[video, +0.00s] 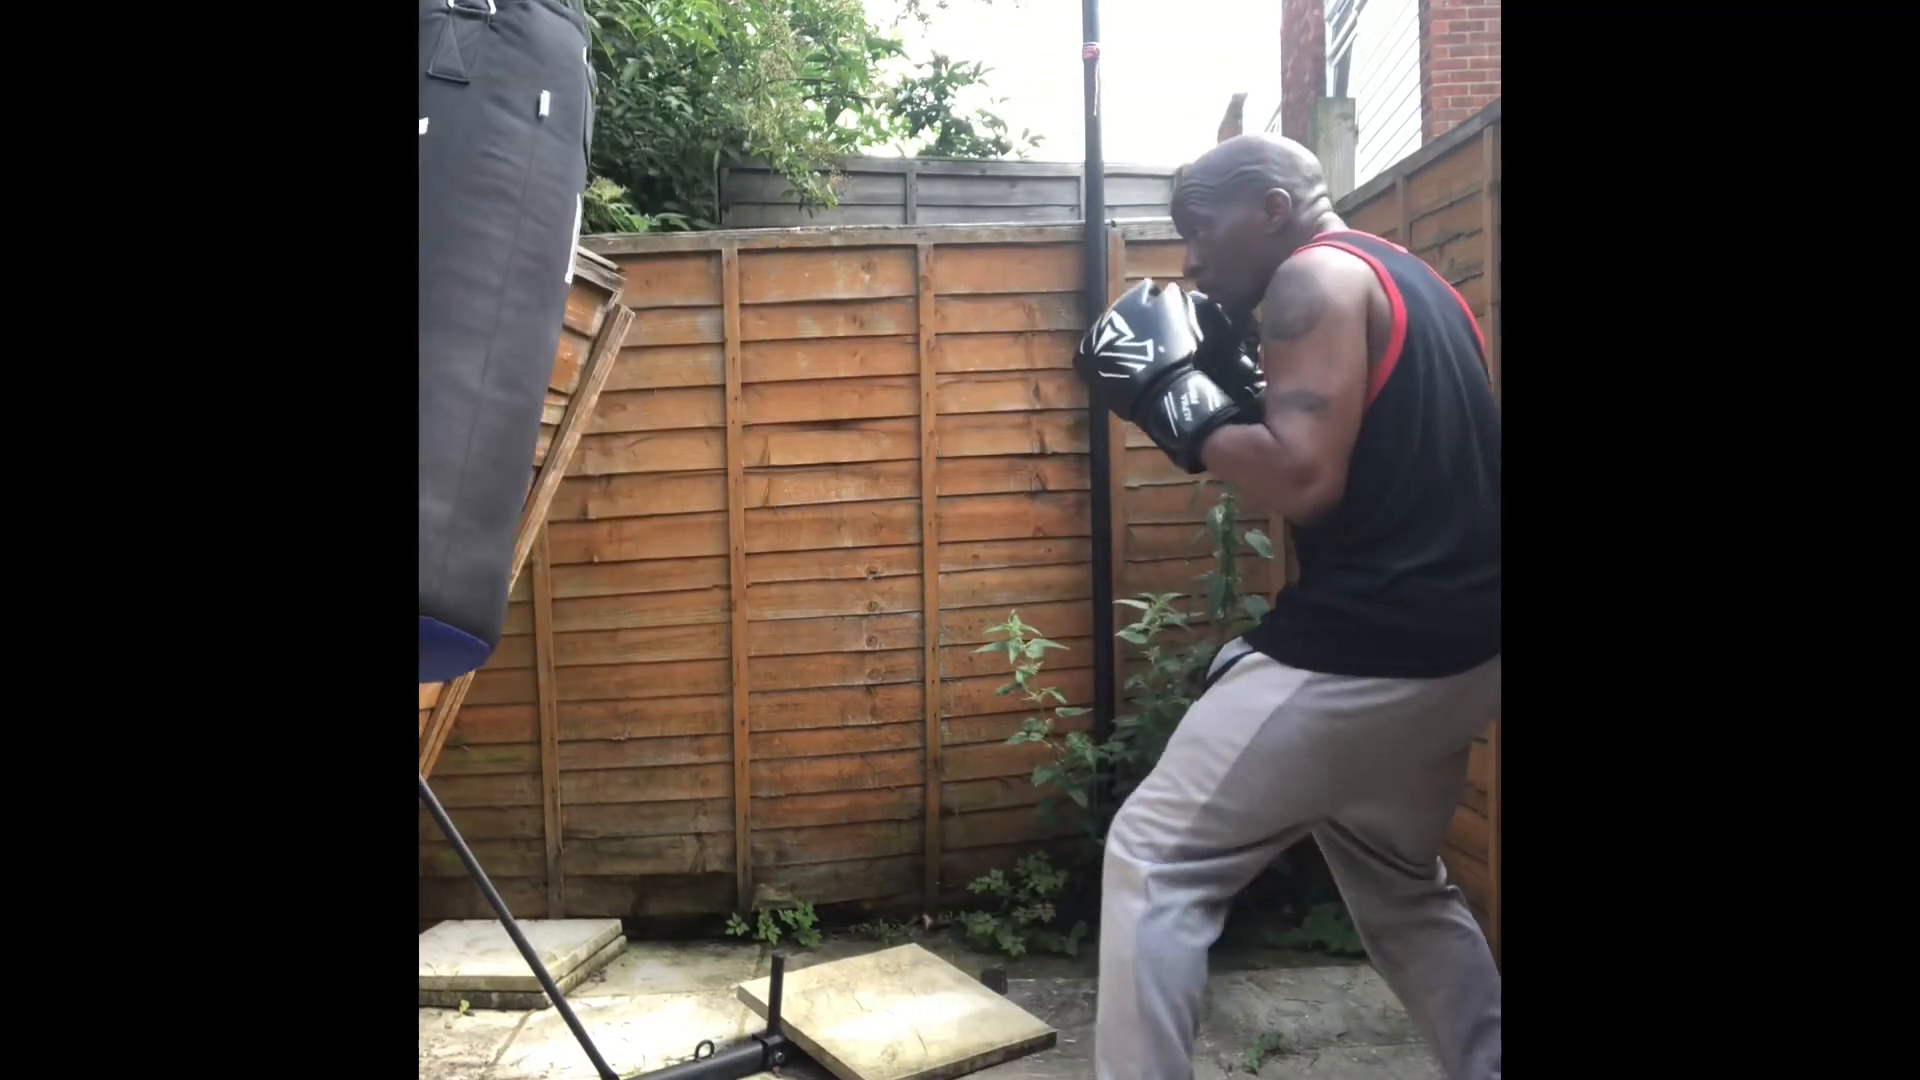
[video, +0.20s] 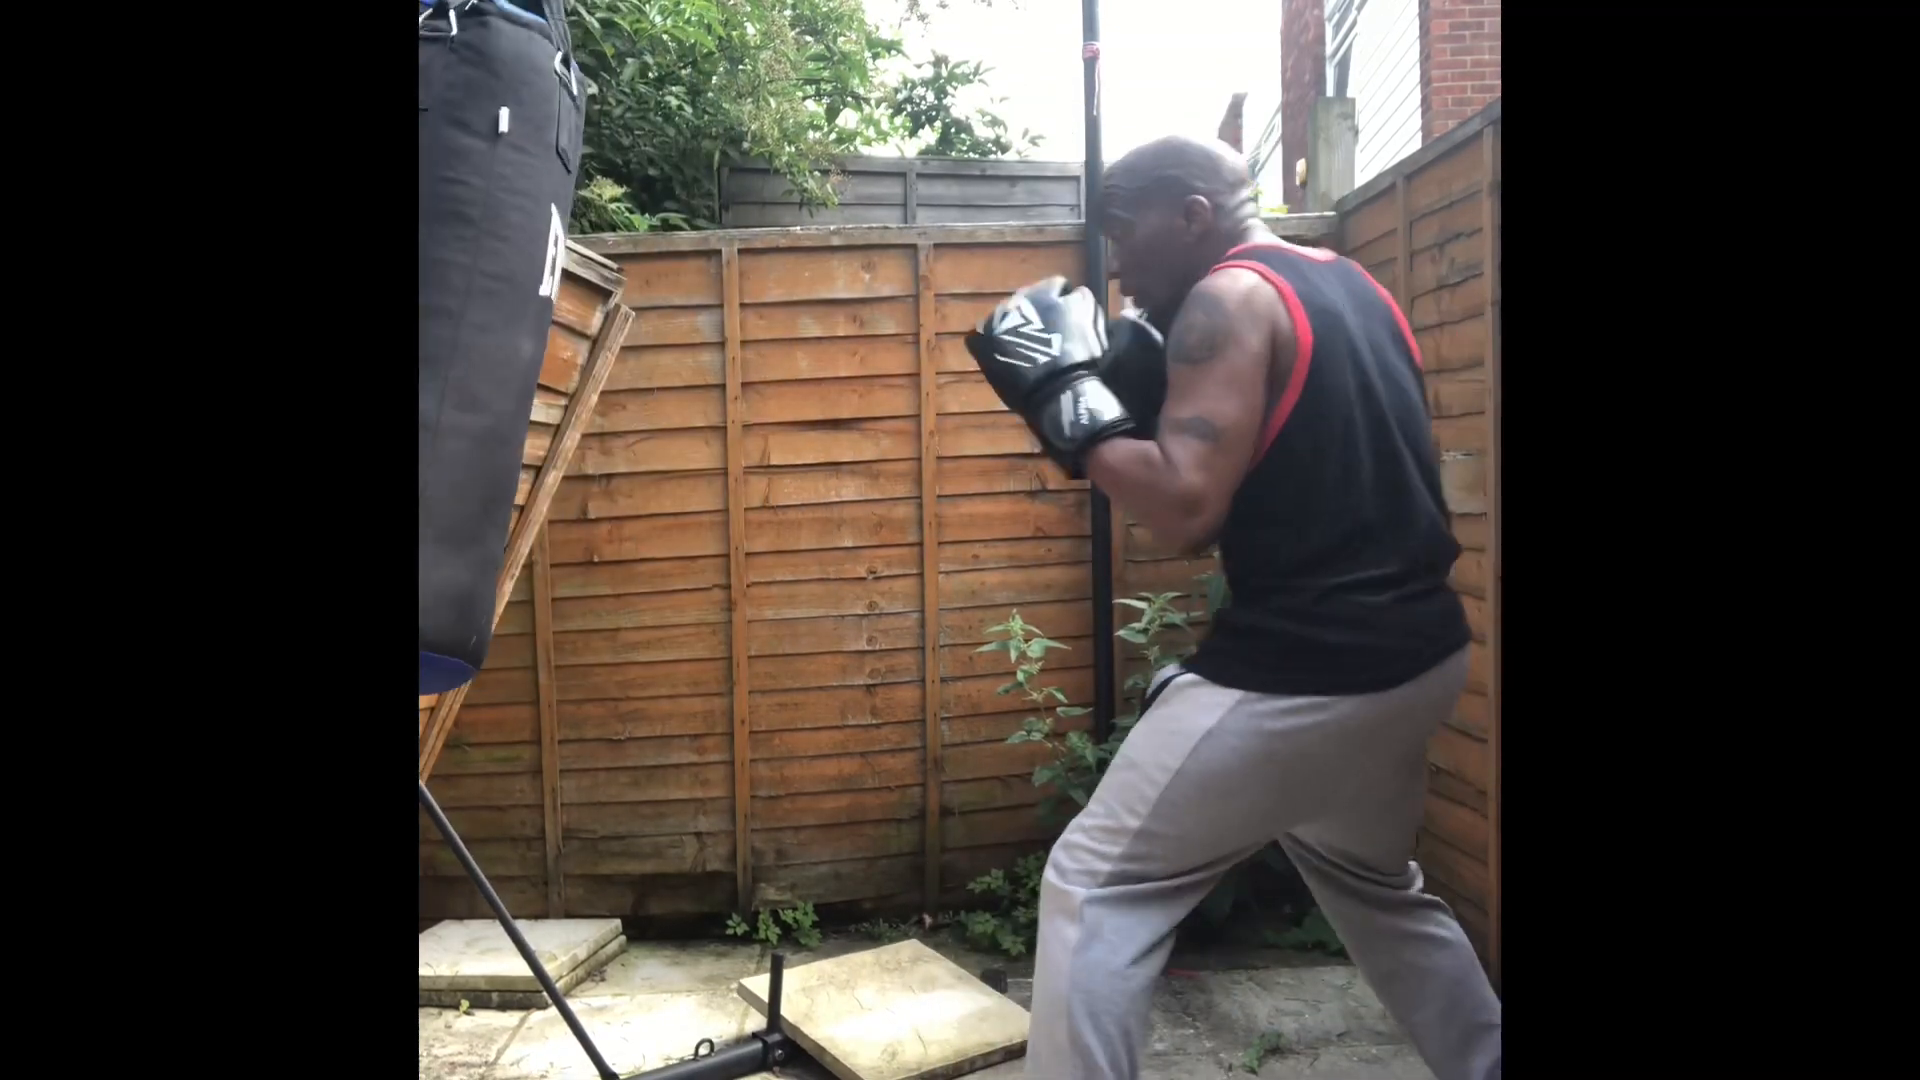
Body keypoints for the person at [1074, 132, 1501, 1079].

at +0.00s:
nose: (1190, 266)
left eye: (1199, 234)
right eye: (1185, 239)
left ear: (1273, 211)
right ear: (1291, 211)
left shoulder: (1317, 280)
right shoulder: (1400, 274)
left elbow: (1300, 478)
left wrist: (1180, 410)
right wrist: (1229, 375)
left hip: (1363, 640)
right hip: (1462, 635)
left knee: (1155, 857)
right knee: (1396, 874)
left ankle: (1139, 1068)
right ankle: (1485, 1062)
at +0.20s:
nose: (1117, 269)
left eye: (1122, 238)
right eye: (1110, 244)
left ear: (1196, 215)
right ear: (1211, 216)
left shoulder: (1229, 299)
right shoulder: (1350, 280)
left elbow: (1177, 511)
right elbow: (1308, 467)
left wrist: (1067, 403)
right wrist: (1163, 387)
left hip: (1291, 660)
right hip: (1416, 645)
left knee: (1096, 887)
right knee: (1371, 880)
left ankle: (1073, 1068)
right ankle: (1483, 1060)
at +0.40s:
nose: (996, 292)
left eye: (1009, 268)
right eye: (988, 273)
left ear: (1080, 228)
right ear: (1001, 244)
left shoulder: (1227, 306)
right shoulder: (1049, 294)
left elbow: (1256, 533)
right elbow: (903, 317)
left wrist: (1140, 431)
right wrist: (730, 293)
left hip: (1272, 667)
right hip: (1249, 660)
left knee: (1095, 900)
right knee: (1329, 900)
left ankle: (1083, 1077)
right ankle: (1487, 1054)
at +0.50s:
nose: (936, 298)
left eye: (947, 270)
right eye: (929, 273)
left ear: (1040, 230)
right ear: (1026, 229)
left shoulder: (1213, 316)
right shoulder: (1026, 301)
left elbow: (1248, 539)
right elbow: (877, 338)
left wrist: (1112, 460)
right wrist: (722, 332)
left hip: (1252, 664)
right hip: (1157, 663)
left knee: (1074, 899)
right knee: (1295, 885)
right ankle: (1478, 1040)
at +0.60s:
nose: (933, 256)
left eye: (942, 222)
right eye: (923, 232)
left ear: (1035, 196)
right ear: (1033, 203)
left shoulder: (1182, 302)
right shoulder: (1062, 303)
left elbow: (1176, 536)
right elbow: (1068, 452)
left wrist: (1018, 433)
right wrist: (909, 401)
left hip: (1226, 651)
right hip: (1171, 642)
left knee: (1058, 895)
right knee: (1253, 872)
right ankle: (1453, 1029)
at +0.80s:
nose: (1033, 253)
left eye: (1032, 225)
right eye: (1023, 231)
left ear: (1099, 190)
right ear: (1120, 188)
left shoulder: (1166, 282)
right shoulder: (1248, 258)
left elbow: (1104, 505)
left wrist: (997, 369)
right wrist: (1038, 358)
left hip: (1204, 668)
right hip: (1303, 644)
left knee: (1040, 889)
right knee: (1272, 860)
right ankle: (1445, 1061)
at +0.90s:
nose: (1089, 247)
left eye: (1093, 217)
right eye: (1081, 223)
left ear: (1162, 196)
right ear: (1187, 196)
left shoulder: (1221, 284)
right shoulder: (1310, 265)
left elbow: (1168, 499)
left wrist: (1063, 381)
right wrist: (1124, 375)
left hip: (1245, 665)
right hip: (1351, 649)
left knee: (1086, 889)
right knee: (1330, 878)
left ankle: (1057, 1068)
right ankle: (1458, 1066)